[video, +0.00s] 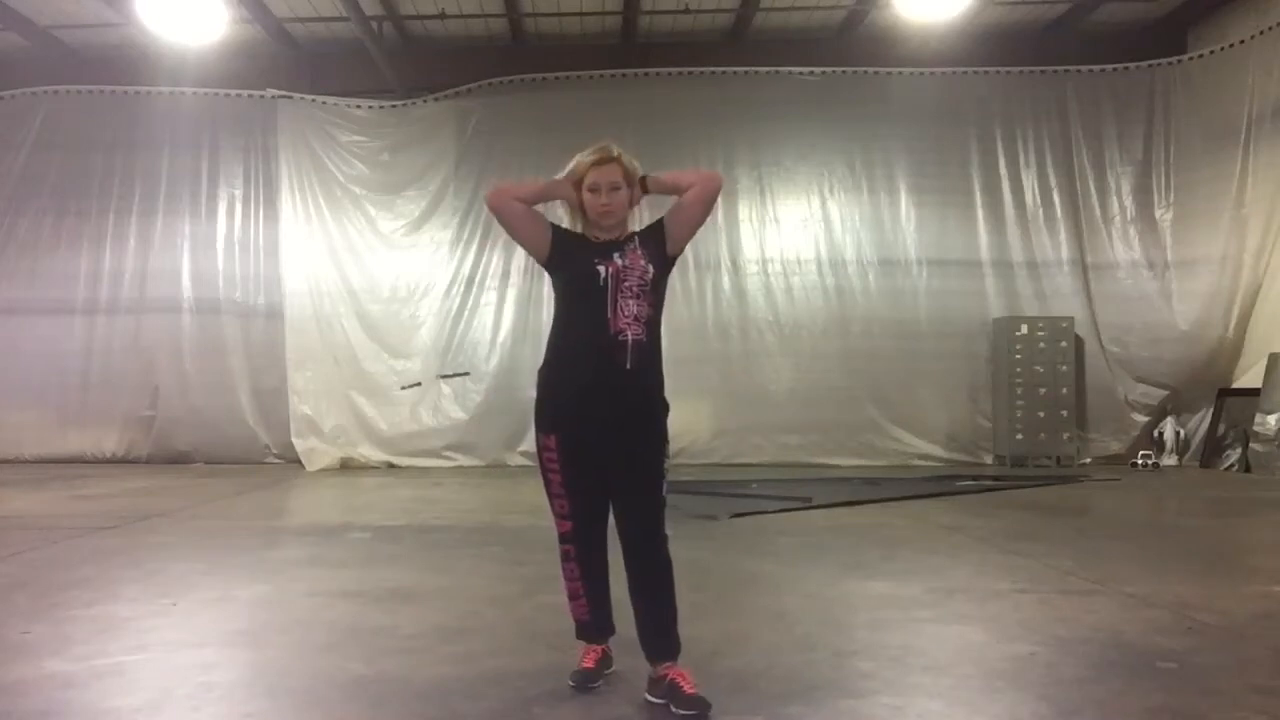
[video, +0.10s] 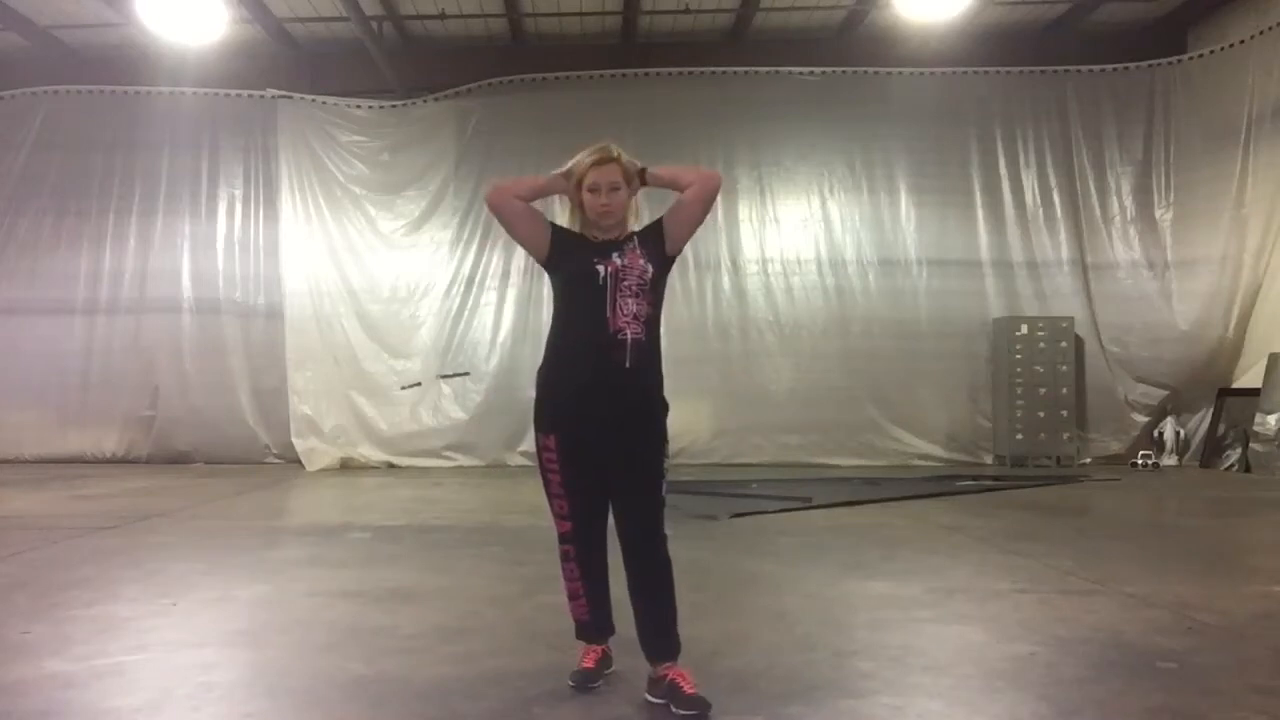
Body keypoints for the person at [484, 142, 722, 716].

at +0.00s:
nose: (606, 199)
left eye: (615, 189)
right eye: (595, 190)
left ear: (633, 194)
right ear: (578, 198)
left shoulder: (655, 247)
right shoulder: (561, 251)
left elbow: (710, 183)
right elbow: (498, 198)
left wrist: (646, 183)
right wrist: (559, 189)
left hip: (637, 416)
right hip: (567, 417)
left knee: (647, 540)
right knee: (580, 538)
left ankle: (665, 663)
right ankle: (593, 645)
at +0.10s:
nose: (605, 200)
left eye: (614, 189)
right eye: (594, 191)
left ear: (633, 194)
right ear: (578, 198)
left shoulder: (654, 246)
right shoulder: (560, 250)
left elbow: (708, 182)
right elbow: (498, 196)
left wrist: (646, 175)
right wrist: (559, 183)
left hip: (636, 416)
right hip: (566, 417)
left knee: (646, 539)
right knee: (579, 538)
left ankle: (665, 663)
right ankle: (593, 645)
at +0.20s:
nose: (604, 199)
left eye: (613, 188)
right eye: (593, 190)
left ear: (631, 194)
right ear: (577, 197)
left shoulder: (653, 246)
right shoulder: (558, 250)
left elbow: (708, 181)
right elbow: (497, 193)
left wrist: (644, 175)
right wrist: (561, 182)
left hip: (636, 415)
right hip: (566, 417)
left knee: (646, 539)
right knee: (579, 537)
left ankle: (665, 664)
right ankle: (593, 645)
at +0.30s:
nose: (603, 192)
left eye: (612, 183)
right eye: (592, 184)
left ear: (629, 191)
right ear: (574, 195)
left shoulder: (653, 245)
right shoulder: (557, 249)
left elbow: (710, 182)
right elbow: (495, 191)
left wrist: (649, 175)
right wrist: (547, 174)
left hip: (636, 415)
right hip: (565, 416)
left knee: (646, 538)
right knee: (579, 537)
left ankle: (665, 664)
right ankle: (593, 646)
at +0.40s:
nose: (597, 173)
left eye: (607, 166)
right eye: (587, 168)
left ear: (626, 185)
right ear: (575, 188)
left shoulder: (653, 242)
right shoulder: (556, 245)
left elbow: (717, 192)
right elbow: (489, 192)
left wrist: (679, 161)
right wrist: (522, 156)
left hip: (635, 412)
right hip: (565, 413)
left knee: (646, 538)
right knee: (579, 537)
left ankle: (665, 663)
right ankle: (593, 645)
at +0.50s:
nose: (596, 174)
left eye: (605, 168)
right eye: (585, 170)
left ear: (622, 186)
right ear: (573, 190)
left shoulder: (654, 244)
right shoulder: (555, 244)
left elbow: (731, 234)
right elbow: (476, 221)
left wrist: (742, 173)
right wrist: (459, 156)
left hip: (637, 411)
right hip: (567, 413)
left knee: (647, 538)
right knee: (579, 536)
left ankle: (665, 664)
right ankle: (594, 646)